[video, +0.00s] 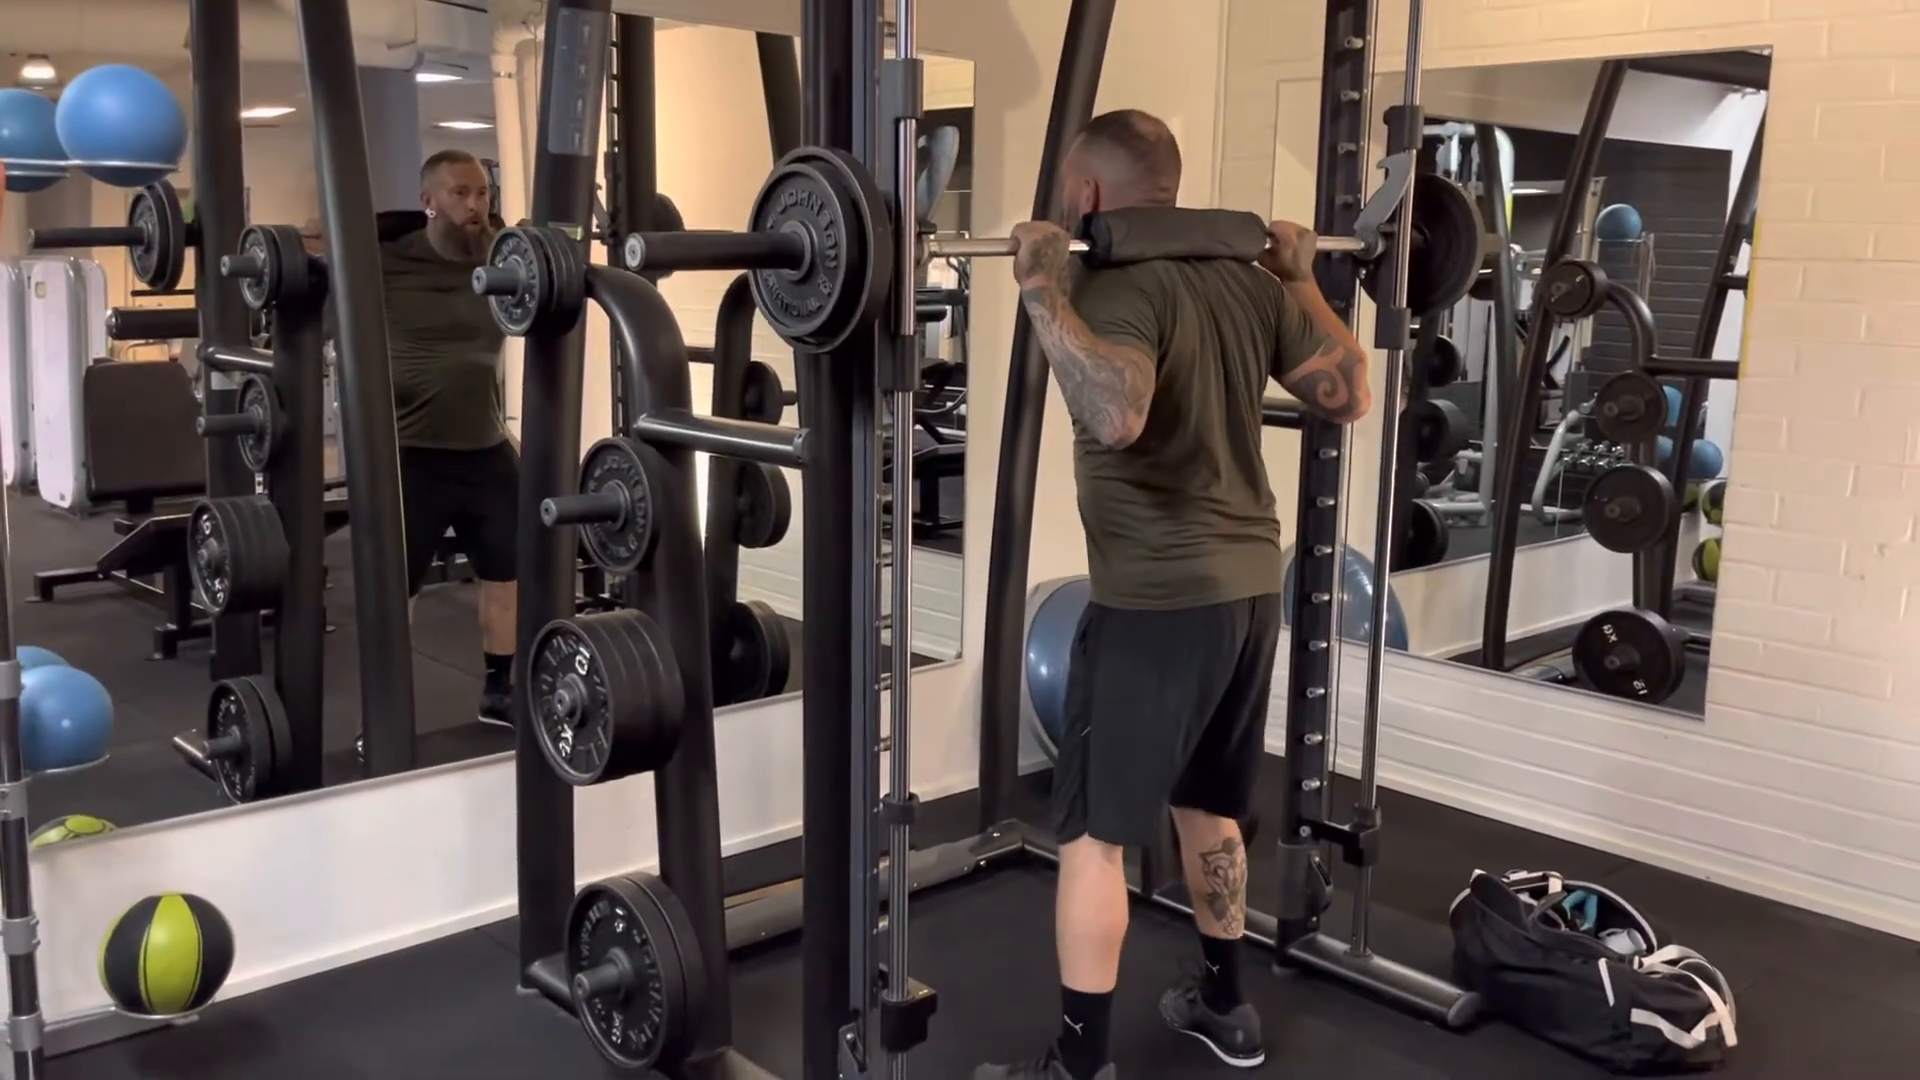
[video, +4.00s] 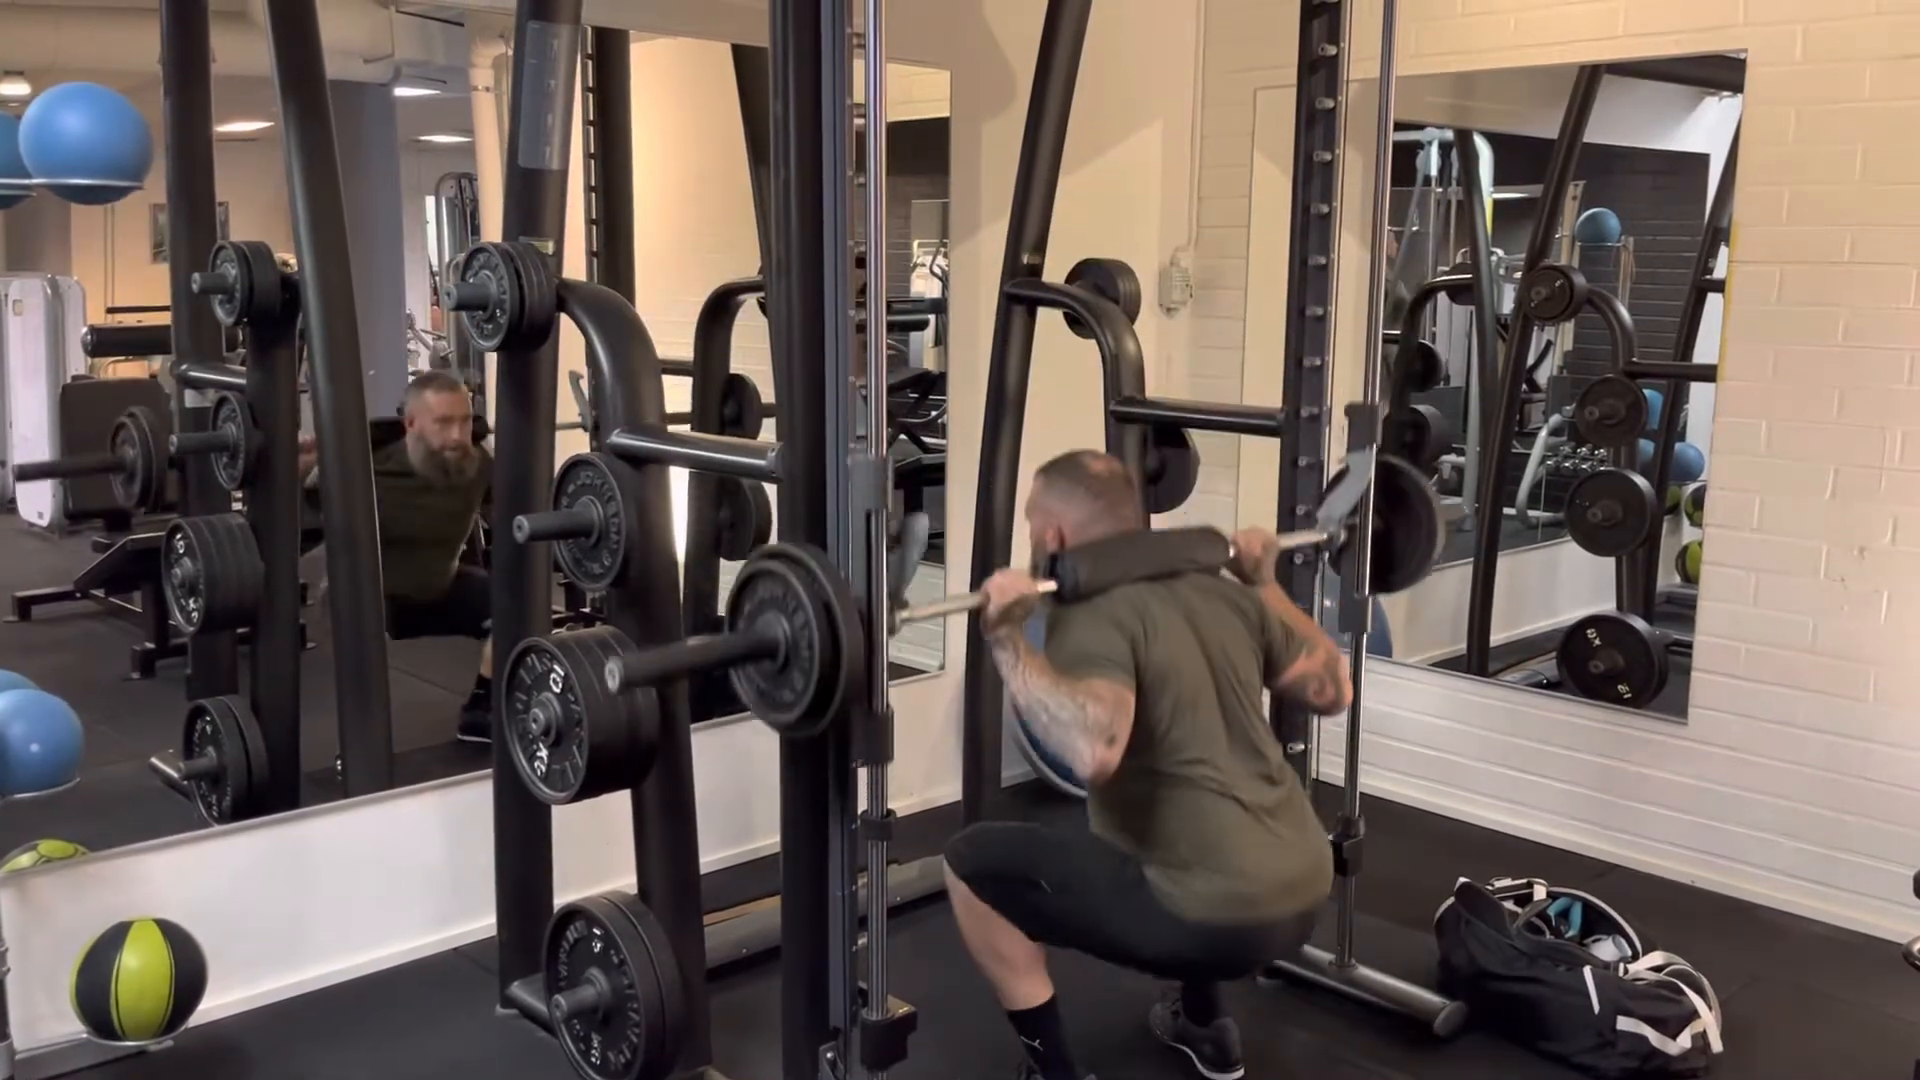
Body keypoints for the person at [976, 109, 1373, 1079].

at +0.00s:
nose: (1062, 204)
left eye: (1066, 187)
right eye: (1065, 188)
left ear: (1094, 186)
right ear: (1171, 185)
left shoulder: (1123, 279)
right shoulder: (1247, 274)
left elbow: (1117, 413)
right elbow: (1344, 394)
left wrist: (1042, 290)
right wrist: (1301, 278)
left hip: (1156, 602)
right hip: (1250, 593)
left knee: (1097, 826)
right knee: (1210, 793)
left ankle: (1078, 1057)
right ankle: (1224, 1003)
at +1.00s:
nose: (1043, 347)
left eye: (1047, 330)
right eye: (1046, 328)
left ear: (1071, 337)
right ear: (1140, 333)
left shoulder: (1106, 423)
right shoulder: (1233, 412)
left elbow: (1102, 556)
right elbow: (1337, 517)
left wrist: (1023, 451)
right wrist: (1279, 413)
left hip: (1193, 733)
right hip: (1292, 719)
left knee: (996, 834)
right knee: (1178, 813)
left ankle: (1062, 1050)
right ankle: (1213, 998)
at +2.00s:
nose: (1036, 450)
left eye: (1038, 436)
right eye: (1034, 436)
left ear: (1060, 445)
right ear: (1139, 431)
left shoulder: (1097, 526)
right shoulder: (1222, 511)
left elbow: (1091, 656)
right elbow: (1328, 609)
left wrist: (1008, 546)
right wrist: (1267, 503)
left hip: (1203, 819)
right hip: (1304, 801)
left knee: (985, 845)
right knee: (1159, 791)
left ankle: (1053, 1055)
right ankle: (1203, 1000)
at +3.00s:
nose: (1042, 214)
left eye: (1044, 199)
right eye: (1045, 200)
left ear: (1067, 195)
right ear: (1147, 191)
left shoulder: (1095, 283)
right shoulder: (1225, 281)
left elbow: (1081, 414)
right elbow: (1315, 402)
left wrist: (1009, 291)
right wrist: (1273, 293)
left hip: (1135, 604)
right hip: (1234, 592)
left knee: (1072, 840)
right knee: (1197, 806)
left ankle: (1061, 1065)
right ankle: (1209, 1016)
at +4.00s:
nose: (1033, 546)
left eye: (1033, 529)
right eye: (1032, 528)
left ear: (1056, 536)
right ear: (1132, 521)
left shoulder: (1098, 609)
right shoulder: (1223, 594)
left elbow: (1093, 750)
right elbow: (1331, 688)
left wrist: (1005, 638)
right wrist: (1266, 585)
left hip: (1205, 914)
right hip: (1302, 898)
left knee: (971, 863)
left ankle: (1053, 1067)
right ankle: (1205, 1022)